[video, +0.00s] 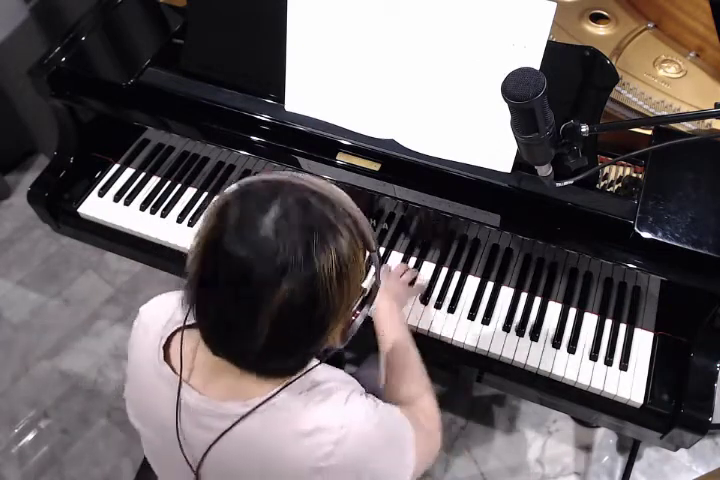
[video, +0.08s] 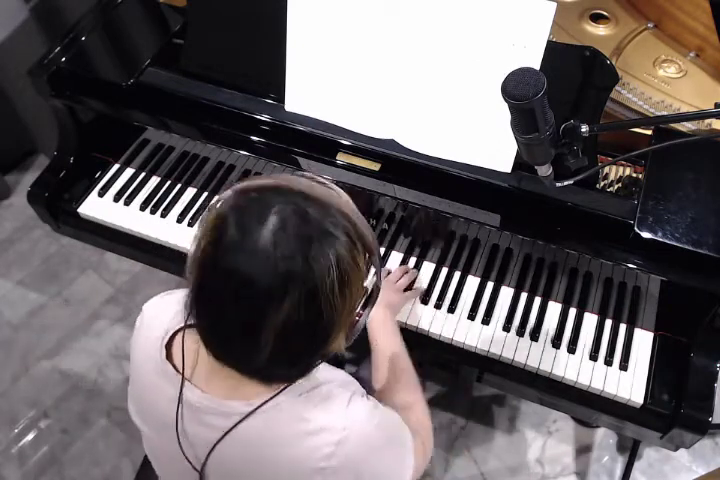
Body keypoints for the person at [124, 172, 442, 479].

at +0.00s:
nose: (359, 295)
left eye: (356, 284)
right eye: (353, 289)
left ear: (206, 265)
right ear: (327, 317)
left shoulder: (154, 320)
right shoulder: (337, 429)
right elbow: (422, 430)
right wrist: (391, 311)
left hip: (164, 463)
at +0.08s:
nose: (360, 295)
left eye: (358, 285)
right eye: (356, 288)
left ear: (206, 266)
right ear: (328, 318)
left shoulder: (157, 319)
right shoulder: (345, 436)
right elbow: (415, 444)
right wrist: (384, 316)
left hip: (160, 462)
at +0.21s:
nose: (363, 291)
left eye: (358, 285)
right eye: (356, 290)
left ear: (204, 273)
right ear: (331, 327)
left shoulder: (160, 320)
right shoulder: (342, 437)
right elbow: (413, 457)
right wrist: (379, 328)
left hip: (158, 460)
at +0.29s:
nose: (364, 284)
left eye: (360, 279)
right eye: (359, 283)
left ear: (204, 276)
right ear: (332, 330)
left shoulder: (161, 322)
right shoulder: (343, 437)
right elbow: (413, 460)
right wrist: (379, 333)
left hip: (159, 460)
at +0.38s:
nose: (368, 301)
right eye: (362, 301)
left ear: (208, 280)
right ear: (338, 336)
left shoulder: (161, 327)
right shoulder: (347, 443)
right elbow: (416, 465)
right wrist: (378, 347)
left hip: (158, 462)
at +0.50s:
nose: (367, 305)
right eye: (361, 305)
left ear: (209, 282)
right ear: (337, 340)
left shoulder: (161, 328)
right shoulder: (349, 446)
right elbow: (417, 466)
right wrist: (379, 350)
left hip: (160, 463)